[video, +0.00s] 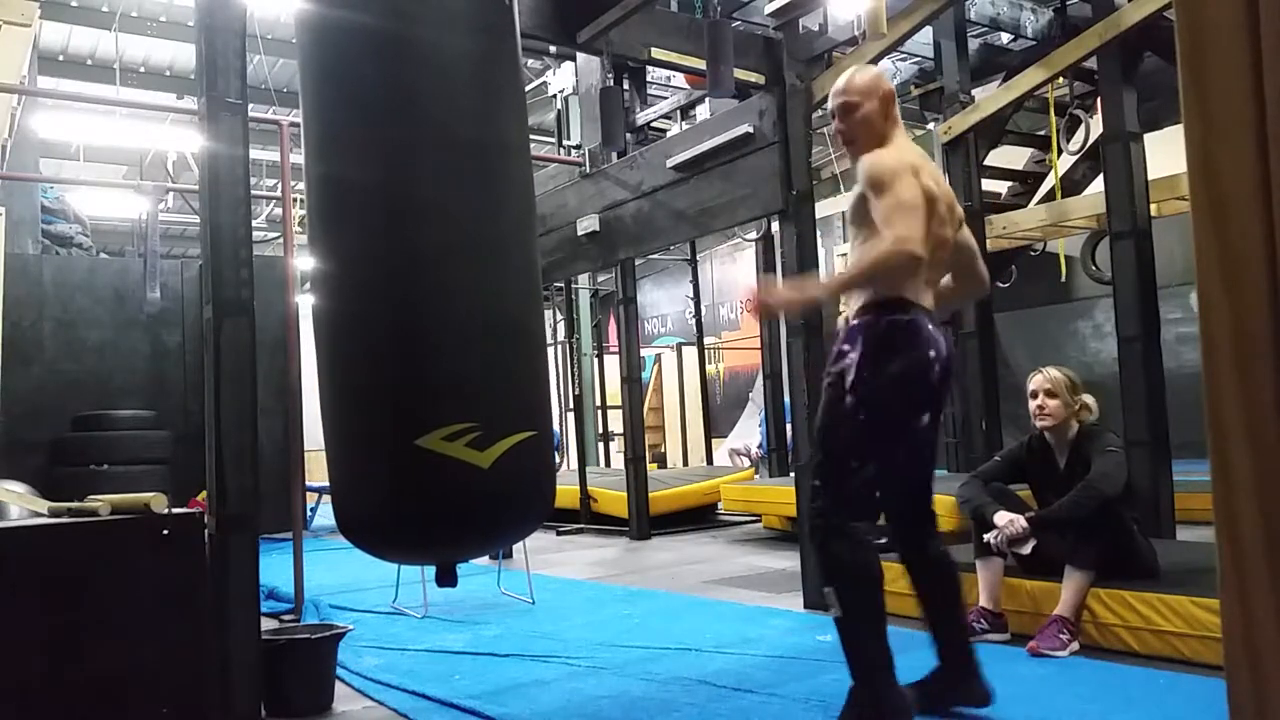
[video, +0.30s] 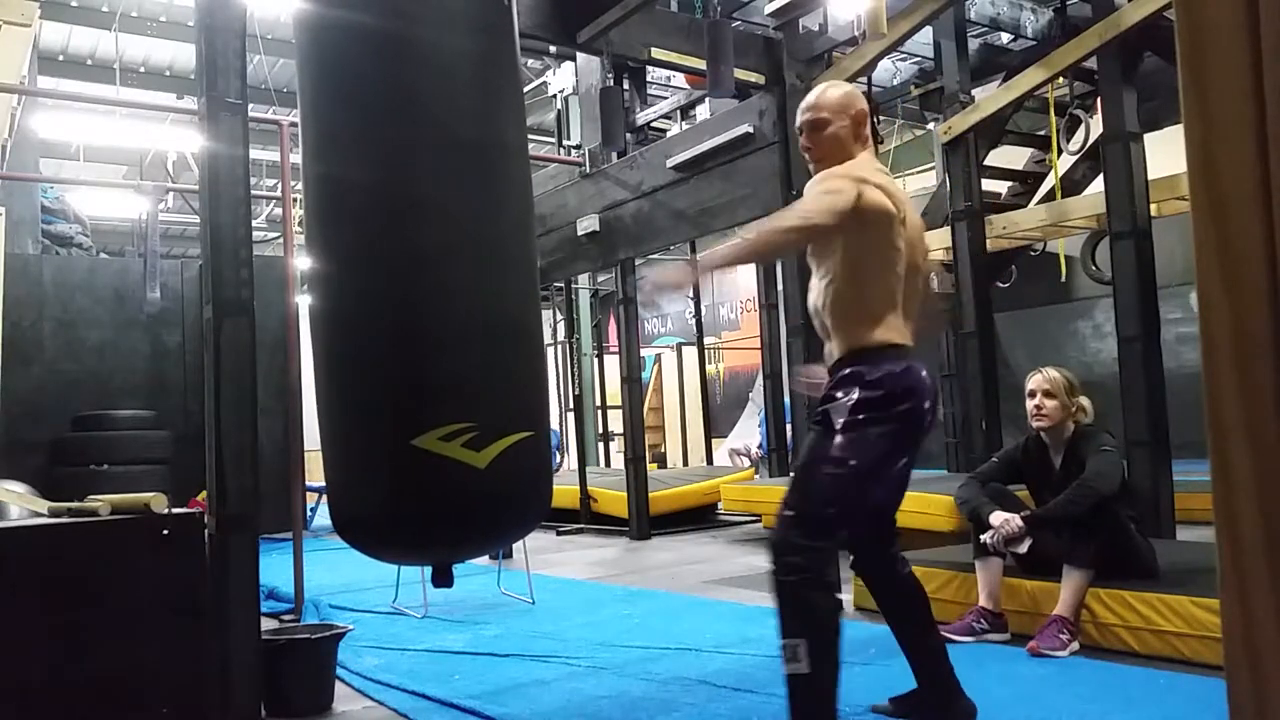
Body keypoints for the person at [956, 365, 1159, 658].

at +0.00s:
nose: (1039, 403)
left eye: (1050, 395)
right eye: (1033, 396)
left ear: (1074, 403)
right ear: (1027, 405)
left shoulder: (1101, 441)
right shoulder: (1029, 449)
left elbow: (1105, 485)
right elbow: (968, 487)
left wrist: (1029, 522)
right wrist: (995, 514)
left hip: (1119, 559)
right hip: (1058, 556)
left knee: (1095, 506)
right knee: (991, 496)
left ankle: (1063, 621)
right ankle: (989, 612)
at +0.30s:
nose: (1037, 403)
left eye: (1048, 395)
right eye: (1031, 396)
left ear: (1071, 405)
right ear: (1025, 405)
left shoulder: (1096, 441)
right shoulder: (1027, 449)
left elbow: (1101, 484)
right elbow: (967, 487)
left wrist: (1025, 521)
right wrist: (992, 514)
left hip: (1118, 559)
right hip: (1057, 557)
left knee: (1092, 504)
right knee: (989, 495)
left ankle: (1064, 621)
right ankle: (988, 612)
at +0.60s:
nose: (1036, 404)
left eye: (1047, 396)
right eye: (1030, 396)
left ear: (1068, 405)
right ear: (1023, 405)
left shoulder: (1095, 442)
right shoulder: (1026, 449)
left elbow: (1099, 483)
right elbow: (966, 488)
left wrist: (1026, 522)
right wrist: (991, 516)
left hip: (1118, 560)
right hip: (1058, 556)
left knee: (1089, 503)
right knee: (989, 495)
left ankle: (1061, 621)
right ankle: (989, 612)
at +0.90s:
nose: (1037, 404)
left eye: (1048, 396)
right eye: (1030, 397)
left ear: (1069, 405)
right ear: (1023, 406)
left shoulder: (1096, 442)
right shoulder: (1027, 450)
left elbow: (1099, 484)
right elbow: (966, 488)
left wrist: (1027, 521)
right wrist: (991, 516)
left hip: (1118, 560)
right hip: (1058, 556)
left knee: (1090, 504)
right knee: (989, 495)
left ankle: (1061, 621)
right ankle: (989, 612)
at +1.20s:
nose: (1039, 404)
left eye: (1050, 396)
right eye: (1033, 396)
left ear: (1071, 405)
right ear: (1025, 406)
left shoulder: (1097, 442)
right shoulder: (1028, 449)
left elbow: (1100, 484)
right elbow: (967, 488)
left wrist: (1027, 521)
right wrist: (992, 516)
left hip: (1119, 560)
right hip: (1059, 556)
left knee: (1089, 504)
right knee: (989, 495)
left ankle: (1061, 621)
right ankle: (989, 612)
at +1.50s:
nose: (1040, 404)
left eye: (1051, 396)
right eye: (1034, 397)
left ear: (1072, 406)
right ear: (1026, 406)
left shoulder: (1097, 442)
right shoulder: (1028, 449)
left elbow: (1101, 484)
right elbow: (967, 488)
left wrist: (1028, 521)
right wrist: (992, 516)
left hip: (1118, 560)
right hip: (1059, 555)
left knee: (1089, 505)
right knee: (989, 495)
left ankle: (1061, 621)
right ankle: (988, 612)